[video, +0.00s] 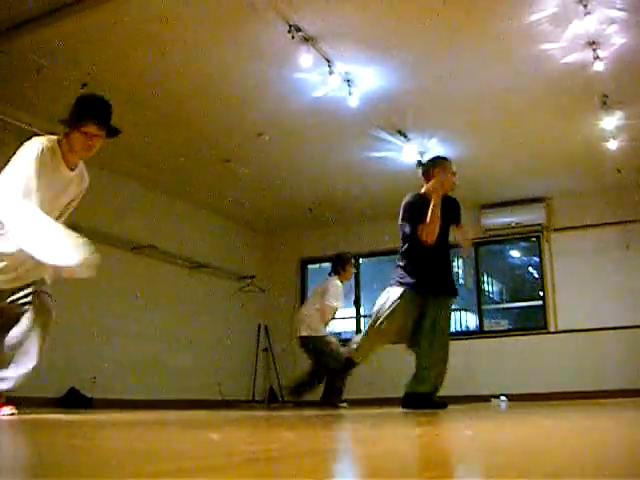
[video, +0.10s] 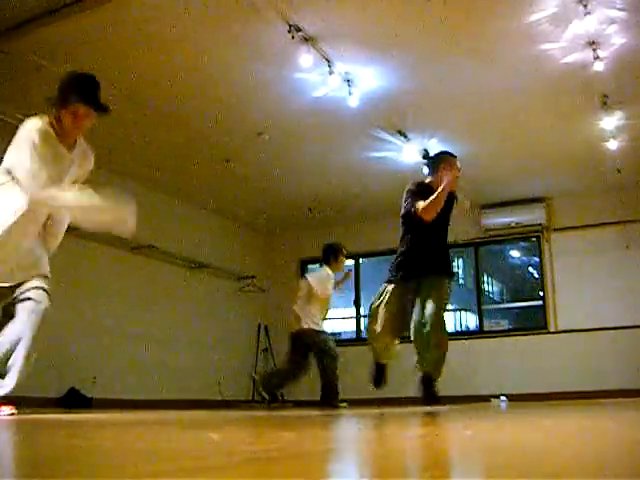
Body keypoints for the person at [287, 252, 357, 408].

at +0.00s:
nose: (353, 272)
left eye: (353, 268)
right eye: (351, 268)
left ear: (339, 269)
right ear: (342, 269)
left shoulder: (326, 283)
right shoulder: (334, 284)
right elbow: (328, 309)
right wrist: (324, 323)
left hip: (305, 332)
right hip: (314, 332)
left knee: (322, 366)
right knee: (339, 363)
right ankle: (332, 399)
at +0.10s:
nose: (344, 263)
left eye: (344, 259)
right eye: (342, 259)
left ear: (328, 260)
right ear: (334, 260)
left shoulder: (324, 275)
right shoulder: (326, 274)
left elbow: (328, 289)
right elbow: (305, 282)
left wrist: (343, 280)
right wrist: (298, 308)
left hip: (300, 328)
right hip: (312, 328)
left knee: (297, 366)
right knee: (329, 358)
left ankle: (269, 383)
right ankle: (330, 398)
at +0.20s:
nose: (334, 256)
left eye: (334, 252)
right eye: (332, 252)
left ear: (322, 252)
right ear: (323, 252)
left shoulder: (315, 270)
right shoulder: (316, 265)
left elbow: (314, 297)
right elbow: (294, 274)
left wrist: (332, 291)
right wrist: (280, 299)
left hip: (287, 318)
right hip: (300, 314)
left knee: (282, 357)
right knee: (321, 345)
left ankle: (251, 375)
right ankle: (322, 394)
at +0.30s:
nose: (323, 261)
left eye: (323, 257)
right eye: (321, 256)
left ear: (309, 256)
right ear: (312, 256)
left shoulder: (296, 272)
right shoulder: (306, 271)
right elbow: (288, 287)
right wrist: (276, 308)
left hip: (280, 321)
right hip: (294, 318)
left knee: (270, 362)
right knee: (316, 349)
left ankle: (241, 391)